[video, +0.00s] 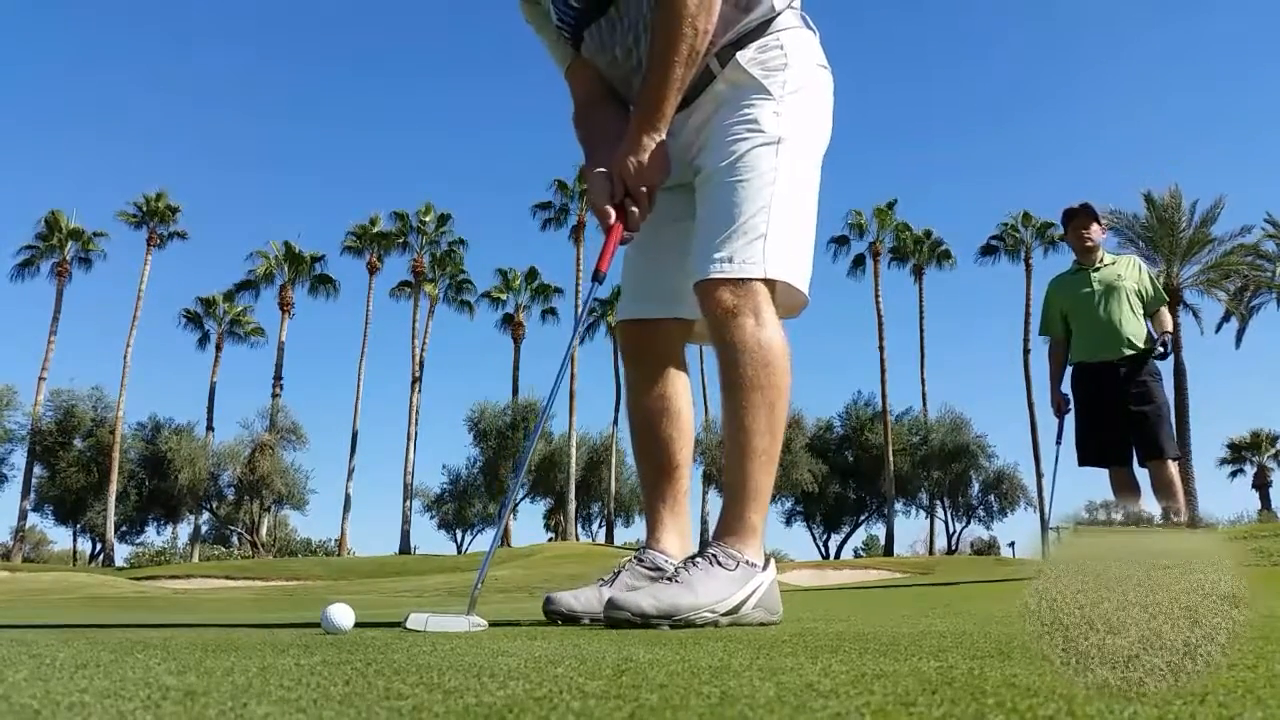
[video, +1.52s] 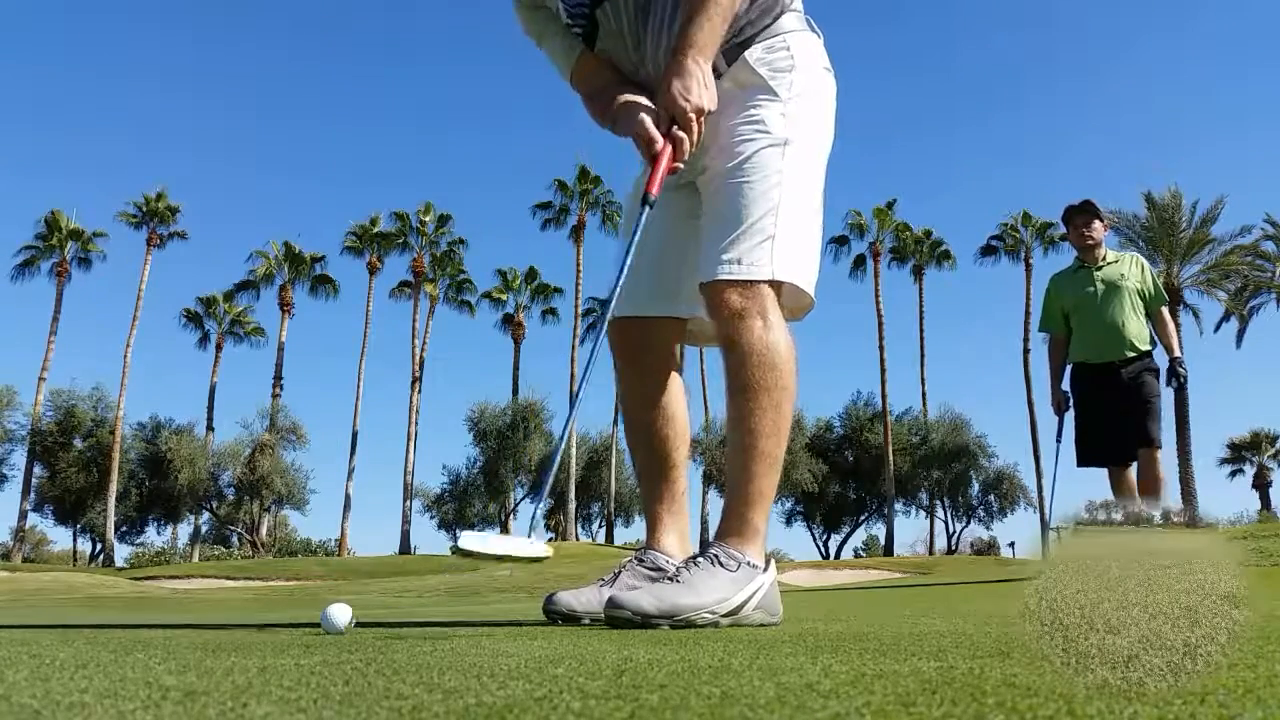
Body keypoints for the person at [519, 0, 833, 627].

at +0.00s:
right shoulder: (541, 6)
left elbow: (694, 8)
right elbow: (590, 90)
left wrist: (644, 130)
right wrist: (601, 160)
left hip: (753, 57)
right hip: (657, 109)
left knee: (734, 289)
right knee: (644, 325)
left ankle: (741, 561)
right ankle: (667, 558)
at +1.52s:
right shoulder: (536, 7)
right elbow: (597, 83)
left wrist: (693, 55)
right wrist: (627, 110)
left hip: (760, 53)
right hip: (671, 103)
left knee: (742, 290)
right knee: (637, 328)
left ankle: (743, 562)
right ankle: (667, 558)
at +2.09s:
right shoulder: (509, 5)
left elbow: (704, 1)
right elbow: (547, 71)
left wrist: (639, 76)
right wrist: (572, 112)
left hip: (713, 70)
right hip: (609, 107)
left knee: (667, 288)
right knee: (611, 332)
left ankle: (671, 555)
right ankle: (663, 556)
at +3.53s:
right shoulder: (447, 8)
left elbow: (614, 5)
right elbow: (500, 99)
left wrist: (561, 127)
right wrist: (514, 162)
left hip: (659, 63)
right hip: (564, 114)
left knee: (645, 290)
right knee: (554, 325)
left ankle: (669, 559)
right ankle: (593, 560)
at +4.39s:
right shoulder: (457, 5)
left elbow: (619, 5)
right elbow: (506, 87)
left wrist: (564, 122)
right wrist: (518, 157)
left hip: (665, 57)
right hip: (570, 105)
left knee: (635, 288)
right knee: (546, 323)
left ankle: (656, 561)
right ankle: (575, 560)